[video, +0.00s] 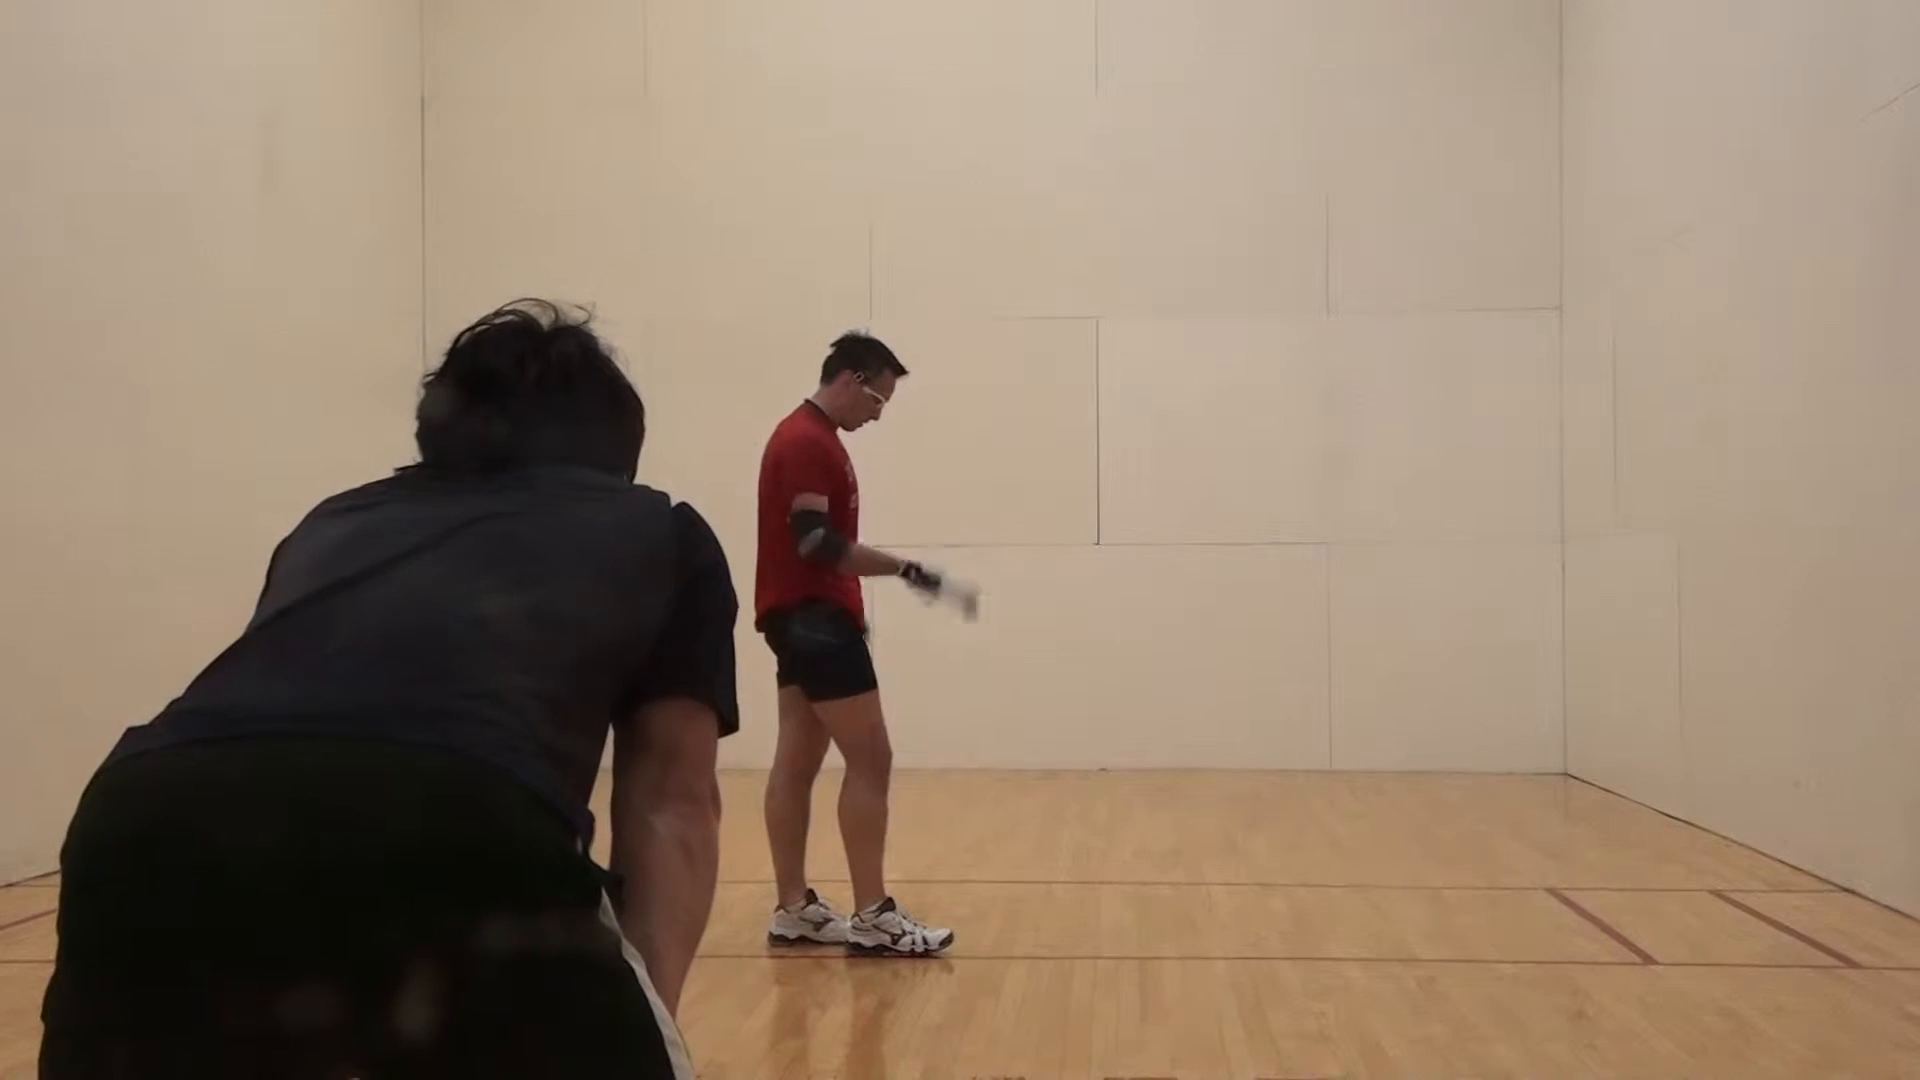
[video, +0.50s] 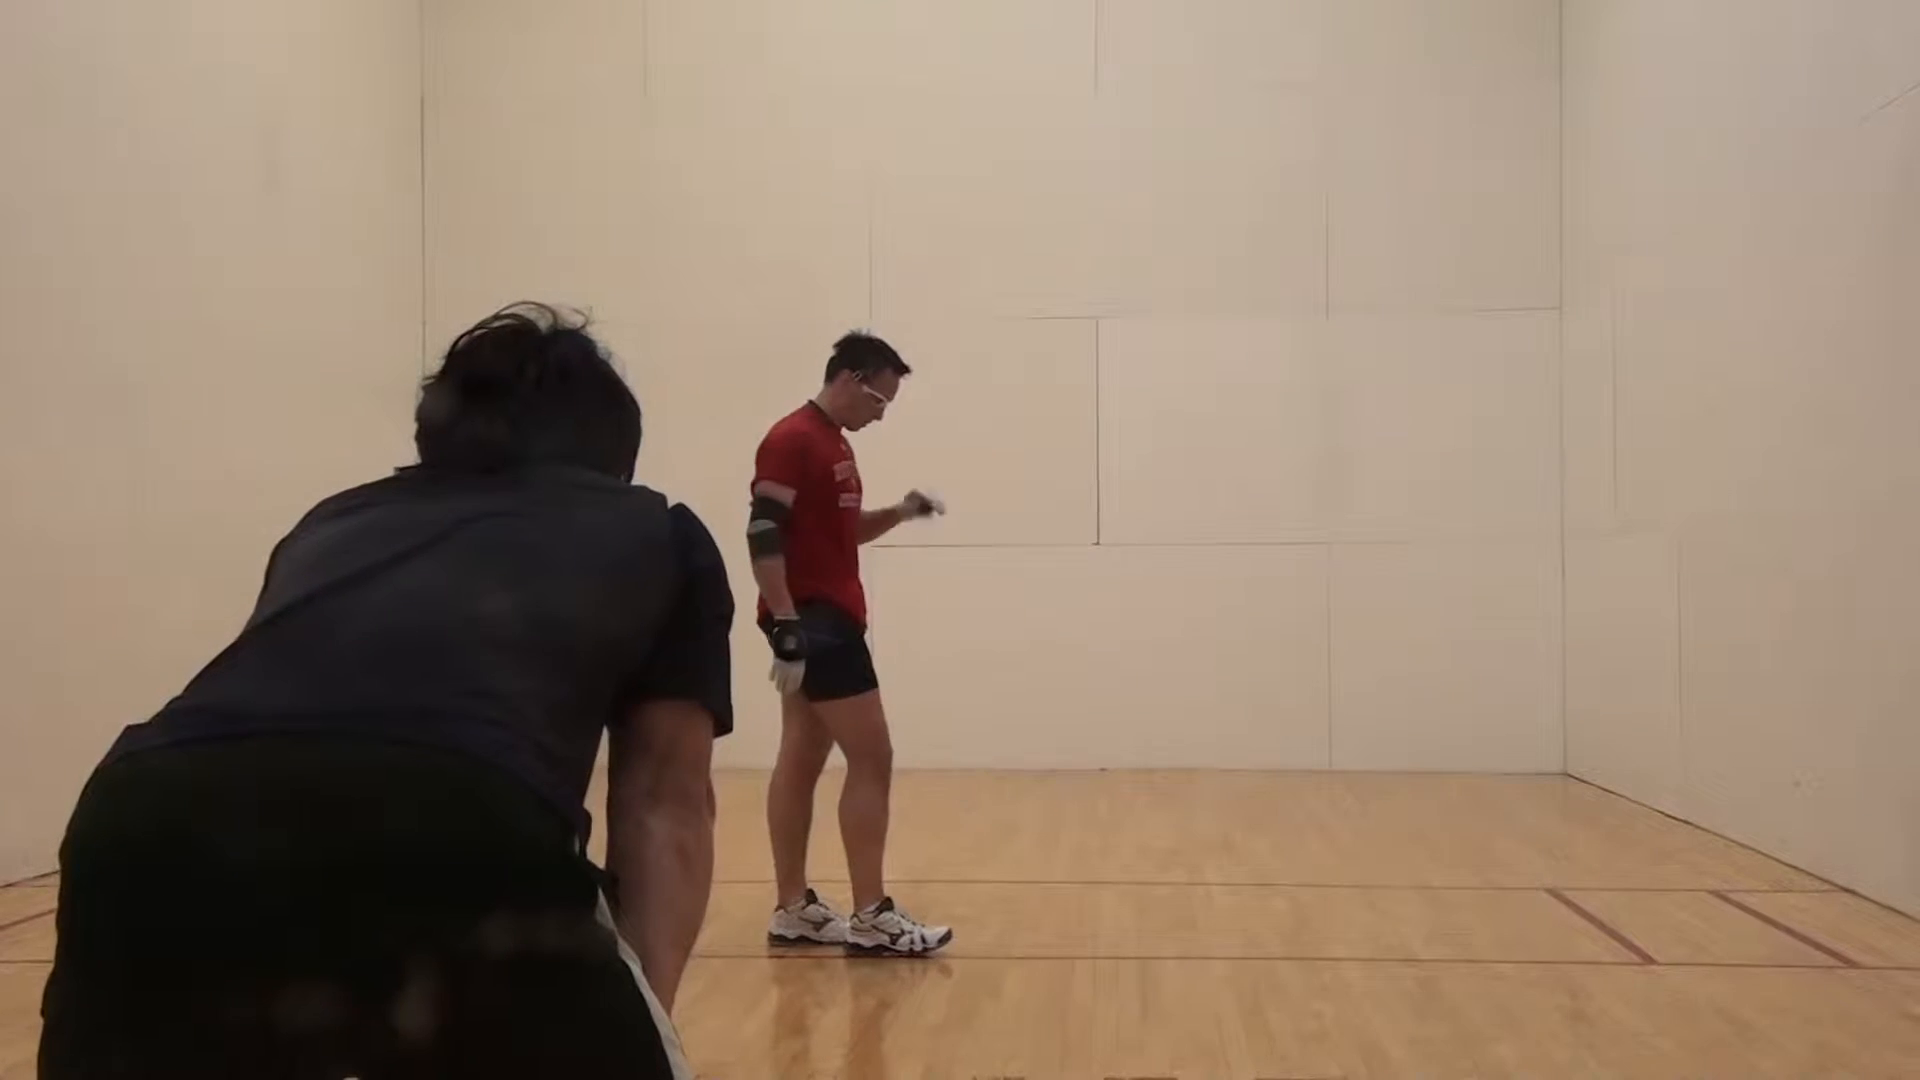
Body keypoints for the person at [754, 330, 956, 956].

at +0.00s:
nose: (879, 412)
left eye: (884, 400)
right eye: (878, 396)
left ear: (843, 384)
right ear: (848, 380)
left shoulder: (805, 437)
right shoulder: (809, 441)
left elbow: (824, 543)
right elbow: (815, 542)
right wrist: (902, 565)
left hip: (802, 616)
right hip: (816, 618)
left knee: (796, 762)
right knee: (870, 758)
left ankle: (793, 908)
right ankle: (872, 912)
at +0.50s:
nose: (882, 410)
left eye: (887, 400)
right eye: (879, 396)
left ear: (852, 386)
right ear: (846, 379)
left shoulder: (833, 442)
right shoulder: (794, 438)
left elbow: (841, 529)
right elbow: (763, 534)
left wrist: (899, 513)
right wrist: (787, 626)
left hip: (819, 622)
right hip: (820, 625)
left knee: (799, 763)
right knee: (870, 757)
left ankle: (793, 907)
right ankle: (871, 912)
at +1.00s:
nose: (884, 411)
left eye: (889, 401)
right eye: (881, 397)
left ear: (856, 387)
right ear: (847, 380)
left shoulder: (843, 444)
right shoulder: (795, 437)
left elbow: (850, 541)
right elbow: (775, 535)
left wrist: (878, 607)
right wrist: (846, 602)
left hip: (831, 618)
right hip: (811, 620)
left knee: (800, 763)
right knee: (873, 756)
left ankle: (791, 907)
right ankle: (870, 912)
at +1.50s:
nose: (833, 412)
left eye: (838, 402)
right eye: (831, 398)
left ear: (800, 384)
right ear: (799, 379)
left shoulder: (766, 437)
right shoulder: (758, 440)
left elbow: (767, 537)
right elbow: (758, 538)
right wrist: (842, 519)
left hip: (756, 617)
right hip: (772, 619)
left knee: (748, 759)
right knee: (825, 757)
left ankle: (736, 906)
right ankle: (816, 912)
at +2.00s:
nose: (801, 413)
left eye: (806, 403)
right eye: (798, 399)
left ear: (772, 388)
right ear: (765, 380)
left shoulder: (744, 442)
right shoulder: (718, 441)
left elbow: (745, 541)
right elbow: (691, 544)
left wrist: (801, 561)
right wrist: (701, 637)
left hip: (733, 623)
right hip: (743, 628)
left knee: (714, 764)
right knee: (791, 759)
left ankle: (704, 908)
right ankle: (784, 914)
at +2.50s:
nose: (778, 382)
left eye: (792, 378)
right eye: (769, 369)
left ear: (801, 389)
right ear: (747, 369)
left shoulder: (781, 448)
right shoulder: (714, 436)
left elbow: (799, 531)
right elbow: (682, 529)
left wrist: (833, 504)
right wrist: (717, 617)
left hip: (759, 616)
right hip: (744, 620)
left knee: (731, 762)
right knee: (790, 760)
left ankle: (709, 908)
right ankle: (787, 914)